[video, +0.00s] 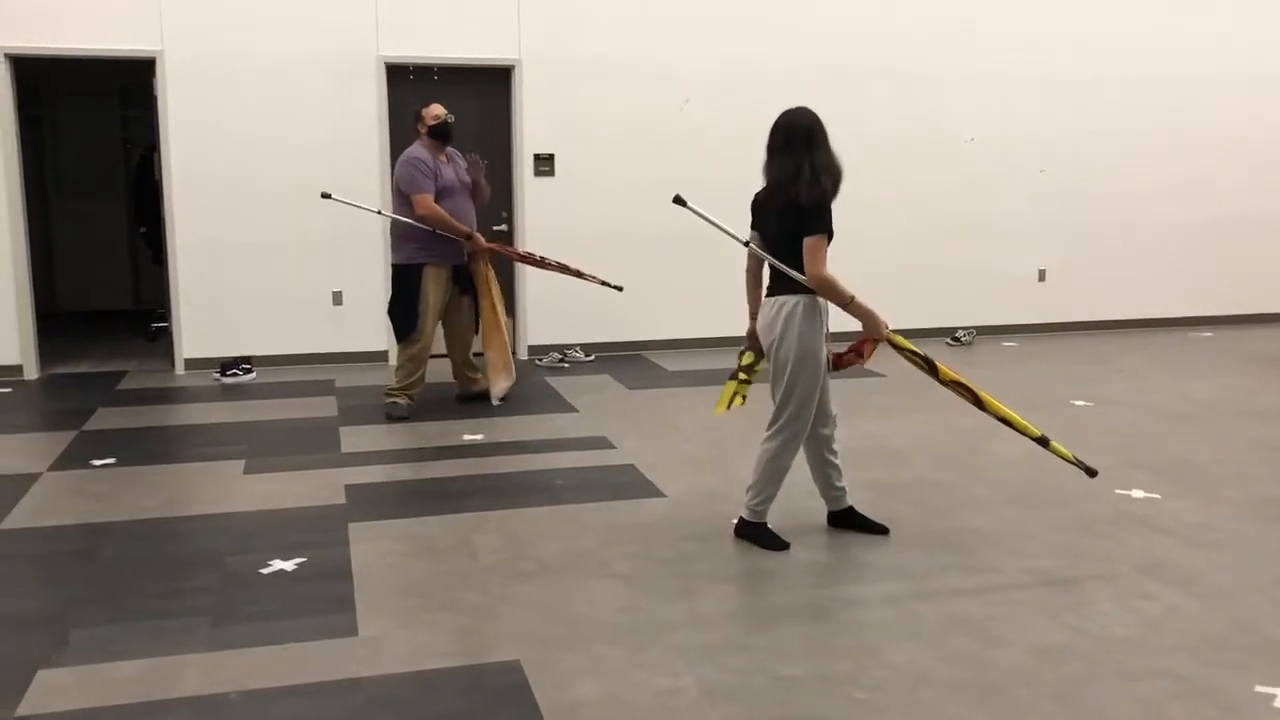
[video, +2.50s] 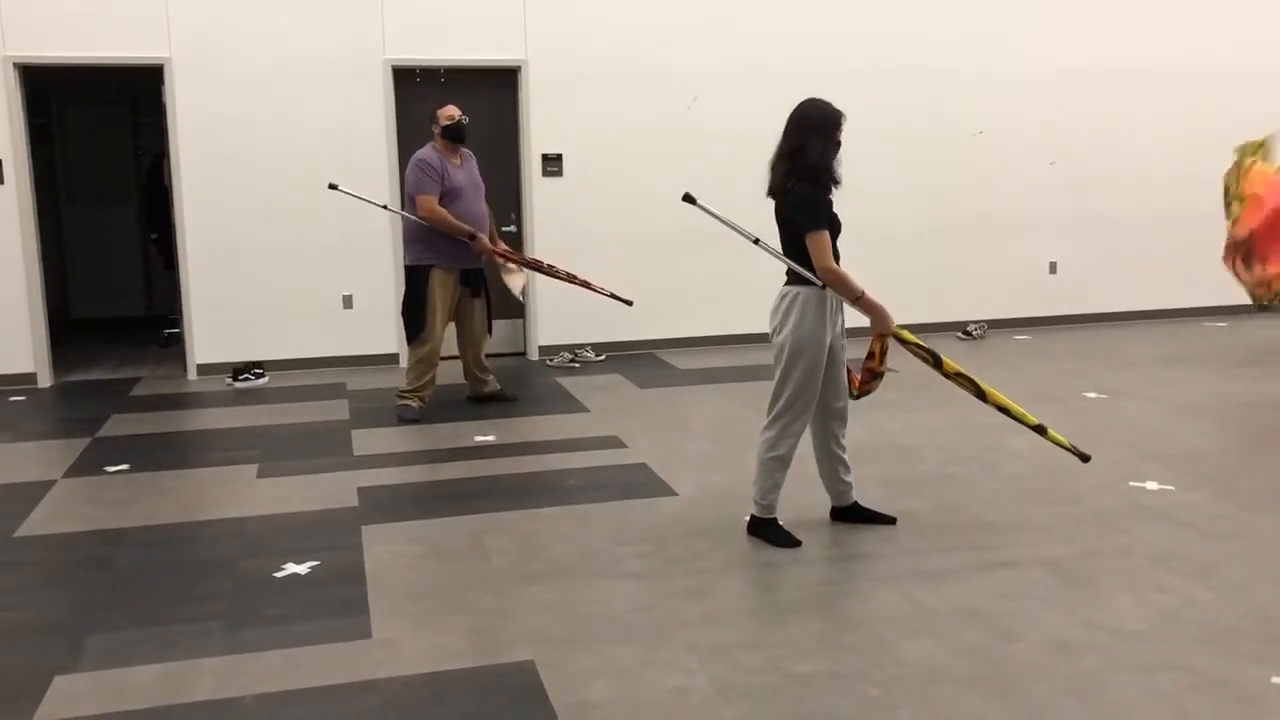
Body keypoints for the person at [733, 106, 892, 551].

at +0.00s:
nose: (829, 153)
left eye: (822, 145)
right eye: (825, 145)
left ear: (774, 149)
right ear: (819, 149)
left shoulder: (764, 200)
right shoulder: (813, 199)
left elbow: (754, 264)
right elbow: (815, 275)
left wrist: (754, 322)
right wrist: (866, 314)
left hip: (778, 311)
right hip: (800, 313)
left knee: (819, 417)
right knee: (793, 417)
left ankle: (839, 509)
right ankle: (752, 518)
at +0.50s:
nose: (822, 159)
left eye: (818, 150)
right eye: (818, 151)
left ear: (769, 157)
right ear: (810, 155)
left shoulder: (760, 207)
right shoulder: (804, 202)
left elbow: (754, 278)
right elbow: (815, 278)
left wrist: (752, 334)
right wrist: (864, 321)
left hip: (781, 317)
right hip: (795, 319)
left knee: (828, 418)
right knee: (786, 424)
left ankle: (834, 512)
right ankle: (755, 525)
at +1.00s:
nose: (830, 152)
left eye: (828, 144)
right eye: (825, 144)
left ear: (788, 142)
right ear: (812, 147)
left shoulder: (792, 192)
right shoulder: (800, 198)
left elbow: (808, 271)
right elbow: (817, 277)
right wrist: (870, 319)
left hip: (814, 312)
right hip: (798, 314)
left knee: (824, 417)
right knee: (784, 420)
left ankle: (832, 511)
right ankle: (752, 523)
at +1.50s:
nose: (842, 147)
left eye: (842, 139)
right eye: (837, 139)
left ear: (807, 141)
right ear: (817, 142)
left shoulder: (815, 194)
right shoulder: (803, 196)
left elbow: (824, 268)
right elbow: (822, 272)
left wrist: (854, 309)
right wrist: (871, 312)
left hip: (828, 312)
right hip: (802, 312)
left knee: (833, 416)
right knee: (784, 418)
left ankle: (835, 509)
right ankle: (755, 520)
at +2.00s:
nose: (844, 148)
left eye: (844, 140)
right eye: (838, 140)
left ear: (807, 140)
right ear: (819, 142)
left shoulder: (816, 192)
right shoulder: (804, 195)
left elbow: (823, 269)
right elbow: (824, 273)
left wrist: (854, 307)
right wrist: (874, 314)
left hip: (829, 311)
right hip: (805, 311)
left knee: (836, 414)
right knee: (789, 417)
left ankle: (843, 509)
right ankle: (762, 520)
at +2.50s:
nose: (840, 144)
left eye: (839, 136)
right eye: (835, 136)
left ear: (800, 135)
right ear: (819, 139)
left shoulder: (807, 189)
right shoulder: (805, 192)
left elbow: (818, 265)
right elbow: (825, 269)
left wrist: (852, 299)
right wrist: (875, 309)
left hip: (825, 305)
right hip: (805, 306)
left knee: (832, 410)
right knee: (789, 413)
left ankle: (843, 503)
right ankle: (762, 515)